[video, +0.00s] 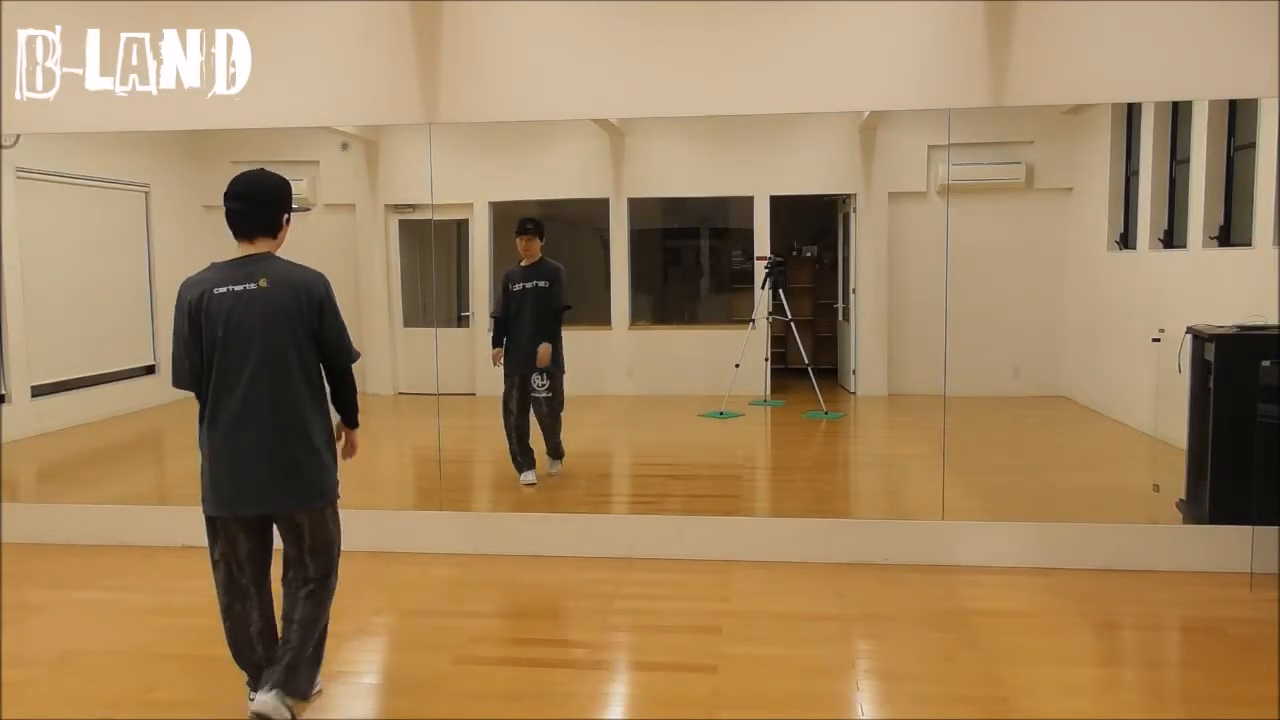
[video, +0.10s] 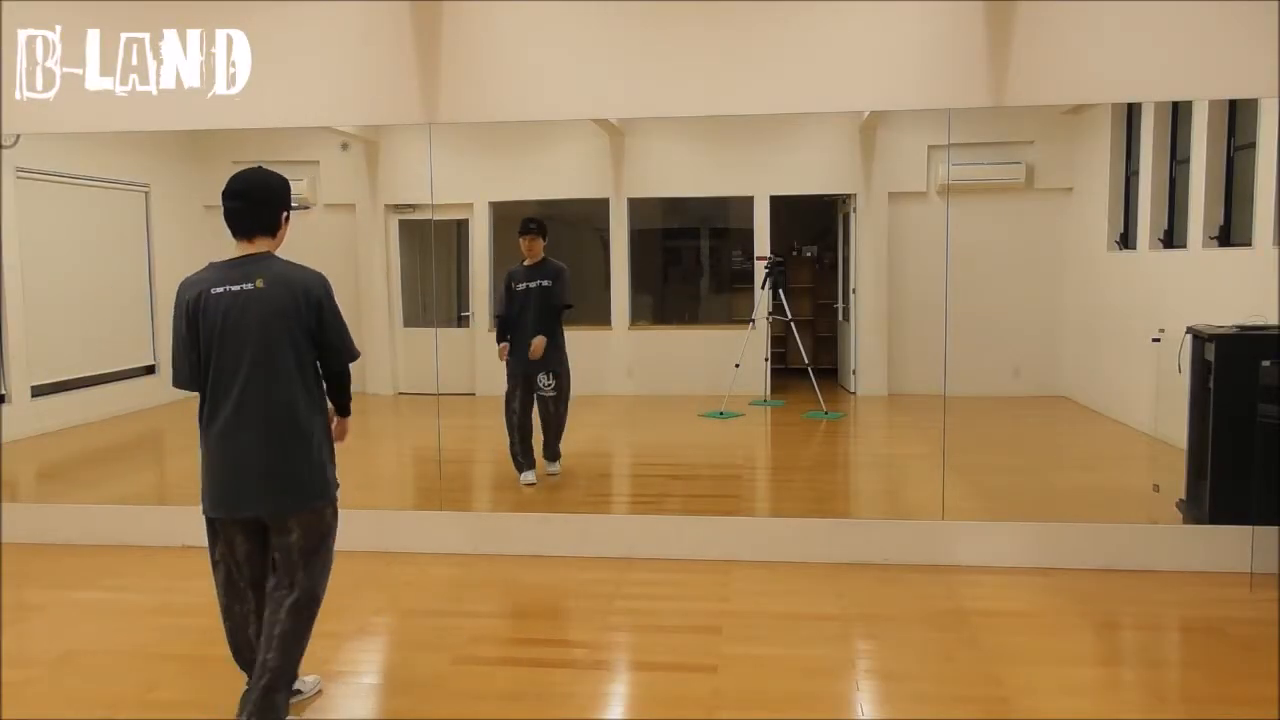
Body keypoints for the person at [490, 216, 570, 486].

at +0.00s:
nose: (525, 244)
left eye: (530, 239)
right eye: (521, 240)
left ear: (540, 242)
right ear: (516, 243)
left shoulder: (554, 271)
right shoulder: (510, 275)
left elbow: (558, 313)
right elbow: (502, 313)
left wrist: (548, 342)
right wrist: (497, 343)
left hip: (544, 353)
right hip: (516, 353)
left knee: (546, 408)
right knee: (515, 412)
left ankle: (555, 454)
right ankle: (525, 466)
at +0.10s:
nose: (528, 244)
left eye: (533, 239)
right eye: (524, 239)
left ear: (543, 241)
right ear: (519, 242)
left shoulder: (557, 271)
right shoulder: (513, 275)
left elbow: (559, 311)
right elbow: (504, 313)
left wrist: (544, 336)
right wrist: (503, 340)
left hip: (550, 350)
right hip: (519, 351)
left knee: (552, 406)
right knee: (518, 410)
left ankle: (552, 455)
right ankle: (525, 466)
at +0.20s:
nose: (532, 244)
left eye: (537, 239)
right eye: (528, 239)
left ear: (547, 241)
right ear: (523, 242)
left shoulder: (561, 271)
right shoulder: (515, 275)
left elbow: (562, 311)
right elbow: (507, 315)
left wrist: (543, 333)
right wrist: (509, 343)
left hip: (554, 350)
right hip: (523, 351)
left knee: (555, 406)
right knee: (520, 409)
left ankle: (552, 456)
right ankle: (525, 465)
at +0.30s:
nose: (535, 245)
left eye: (540, 240)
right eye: (531, 240)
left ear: (550, 242)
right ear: (526, 243)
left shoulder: (564, 272)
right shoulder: (518, 276)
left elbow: (566, 313)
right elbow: (512, 317)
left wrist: (547, 337)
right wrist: (515, 348)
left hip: (557, 350)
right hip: (526, 352)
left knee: (557, 407)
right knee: (523, 409)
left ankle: (552, 457)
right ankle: (524, 463)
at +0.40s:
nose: (538, 247)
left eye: (543, 242)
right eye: (534, 242)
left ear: (553, 243)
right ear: (529, 244)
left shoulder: (567, 274)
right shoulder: (521, 276)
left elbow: (571, 316)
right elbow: (517, 319)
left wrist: (559, 346)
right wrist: (519, 353)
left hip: (559, 353)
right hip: (529, 353)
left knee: (558, 409)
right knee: (524, 408)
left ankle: (552, 457)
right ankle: (521, 462)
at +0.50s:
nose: (540, 248)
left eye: (544, 243)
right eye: (536, 243)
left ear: (555, 245)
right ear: (531, 245)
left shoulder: (568, 275)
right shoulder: (521, 276)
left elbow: (575, 317)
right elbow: (516, 318)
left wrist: (572, 353)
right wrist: (518, 352)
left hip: (559, 354)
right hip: (529, 353)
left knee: (559, 410)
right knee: (522, 407)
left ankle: (552, 457)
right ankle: (524, 459)